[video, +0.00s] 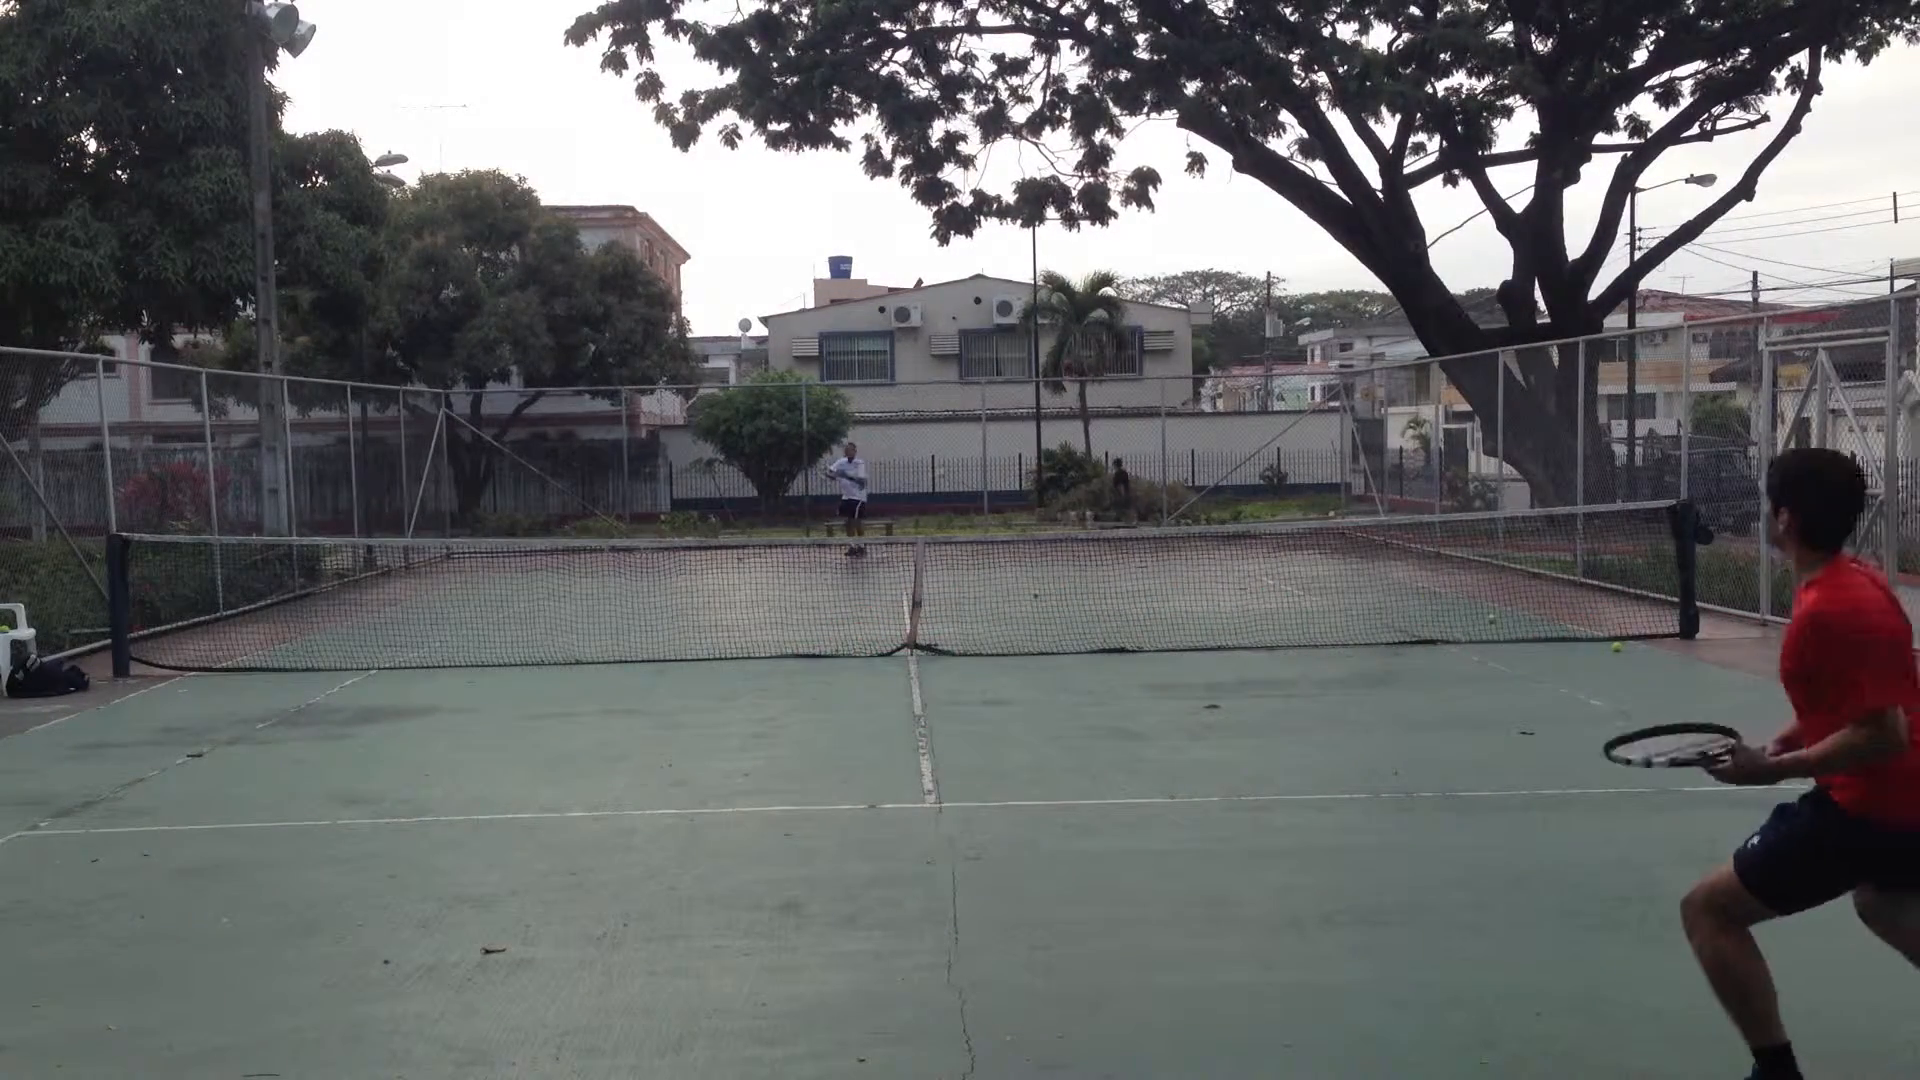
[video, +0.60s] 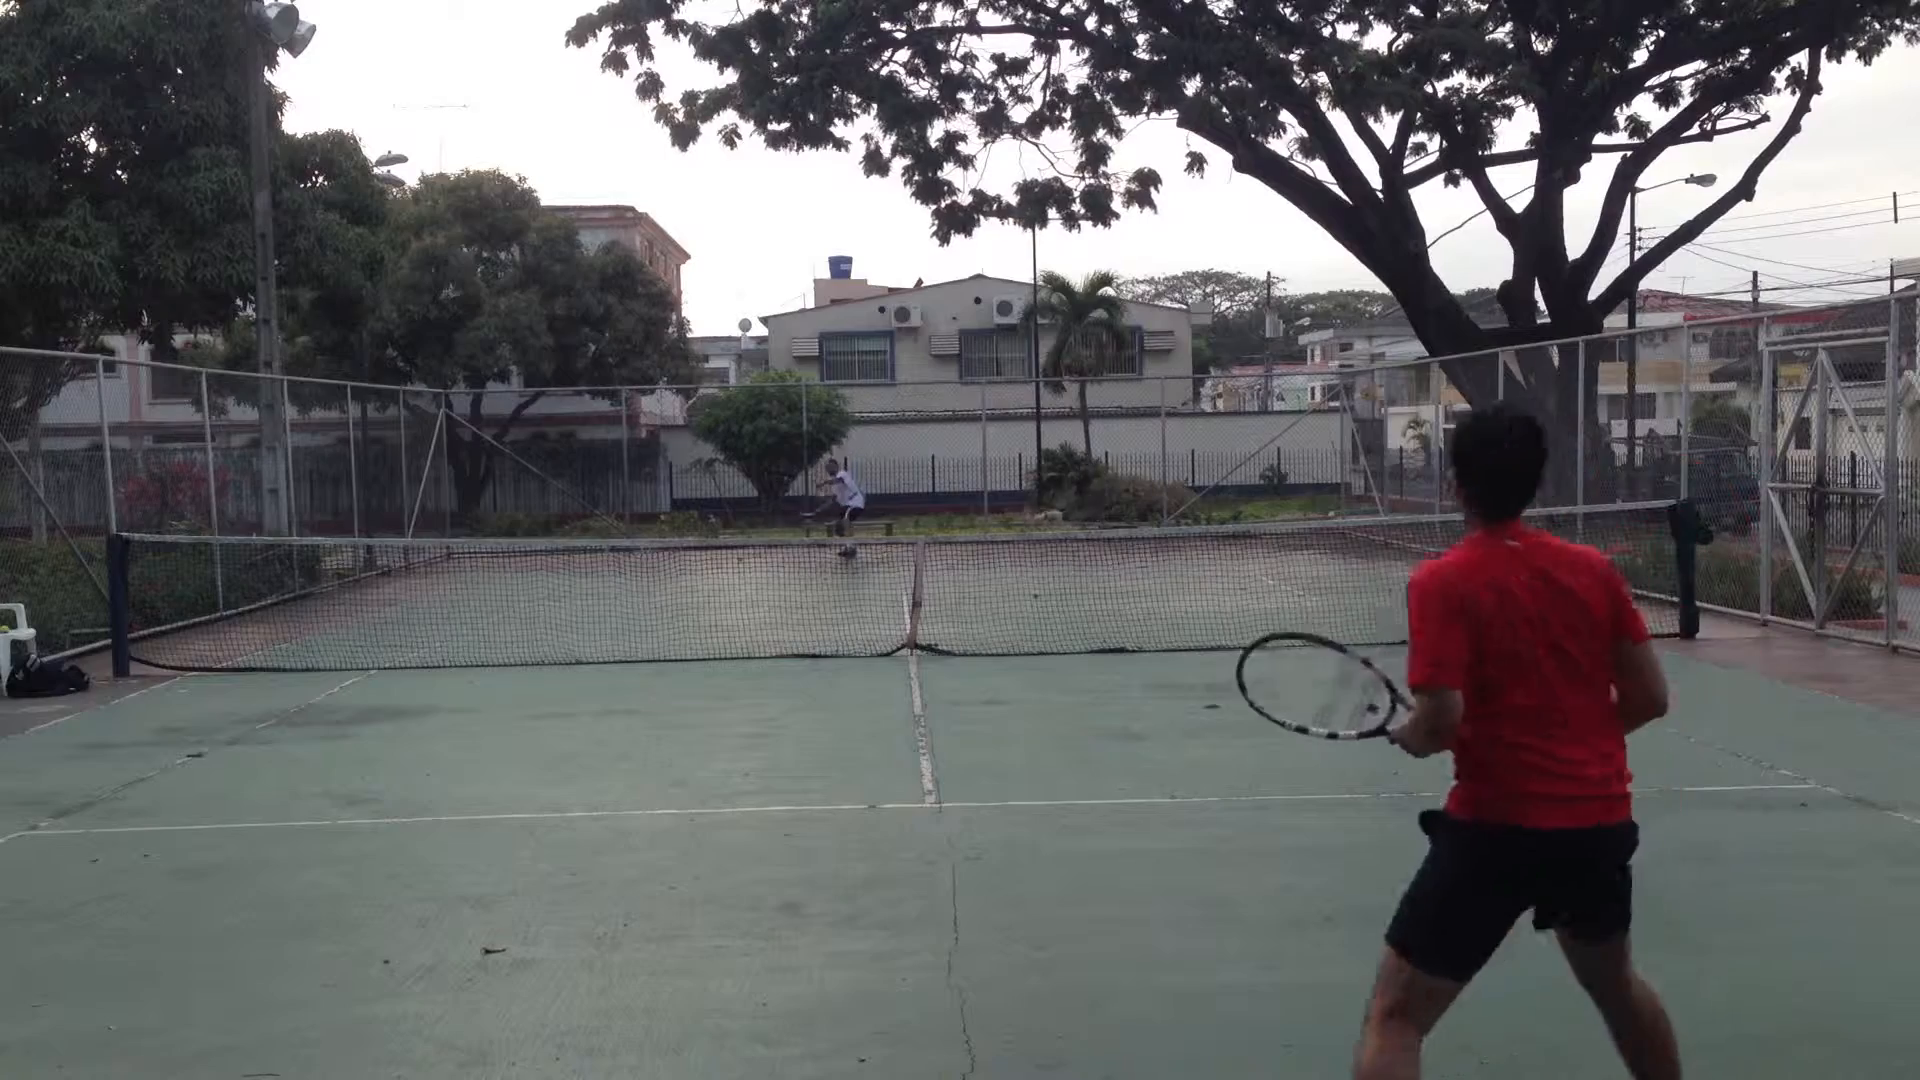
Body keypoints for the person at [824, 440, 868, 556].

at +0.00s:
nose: (850, 452)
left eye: (852, 450)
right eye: (848, 450)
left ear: (855, 451)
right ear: (845, 451)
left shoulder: (860, 463)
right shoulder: (841, 462)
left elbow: (862, 481)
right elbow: (829, 472)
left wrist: (846, 476)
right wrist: (836, 475)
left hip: (859, 497)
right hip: (846, 496)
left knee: (857, 521)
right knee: (847, 522)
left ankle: (861, 545)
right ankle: (852, 545)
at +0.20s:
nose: (843, 454)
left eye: (846, 451)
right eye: (842, 452)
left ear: (850, 452)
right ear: (840, 453)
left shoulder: (855, 463)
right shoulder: (840, 464)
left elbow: (849, 473)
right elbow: (835, 475)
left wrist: (832, 473)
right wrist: (824, 476)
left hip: (857, 497)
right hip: (846, 496)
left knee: (853, 521)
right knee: (844, 520)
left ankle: (857, 546)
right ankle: (851, 545)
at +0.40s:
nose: (835, 460)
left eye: (837, 458)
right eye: (834, 458)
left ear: (842, 457)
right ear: (833, 459)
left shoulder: (848, 466)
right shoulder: (840, 470)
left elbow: (837, 473)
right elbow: (835, 485)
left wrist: (821, 473)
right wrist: (822, 491)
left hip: (856, 497)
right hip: (848, 498)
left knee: (845, 522)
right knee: (843, 522)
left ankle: (854, 544)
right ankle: (850, 545)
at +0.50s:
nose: (831, 465)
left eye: (833, 463)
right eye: (831, 463)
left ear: (837, 463)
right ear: (832, 464)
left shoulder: (845, 471)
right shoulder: (836, 479)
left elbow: (836, 477)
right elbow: (833, 495)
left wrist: (821, 479)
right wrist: (817, 501)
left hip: (856, 499)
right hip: (846, 500)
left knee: (843, 522)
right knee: (839, 522)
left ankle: (854, 544)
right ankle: (849, 545)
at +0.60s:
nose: (830, 471)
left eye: (832, 468)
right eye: (828, 469)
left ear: (836, 467)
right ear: (827, 470)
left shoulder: (843, 474)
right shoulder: (835, 483)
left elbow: (838, 480)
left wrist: (823, 483)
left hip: (856, 502)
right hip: (846, 504)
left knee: (846, 521)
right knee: (840, 525)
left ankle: (851, 547)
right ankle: (847, 546)